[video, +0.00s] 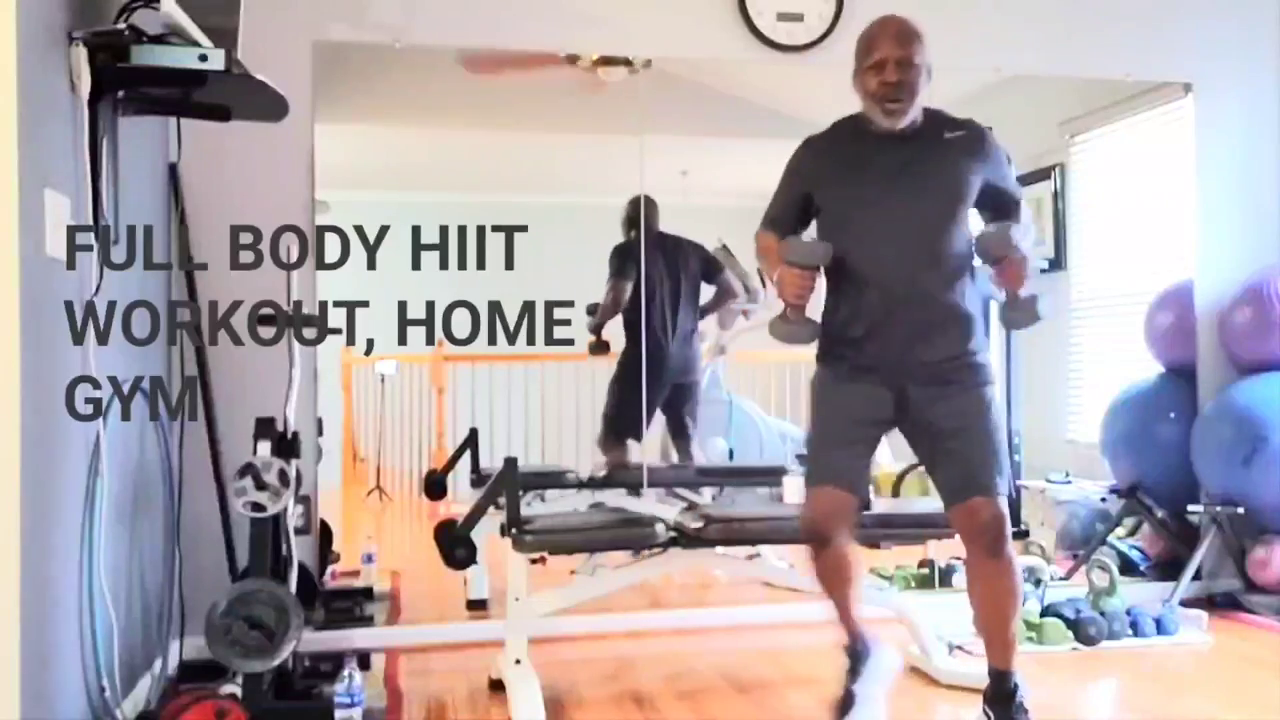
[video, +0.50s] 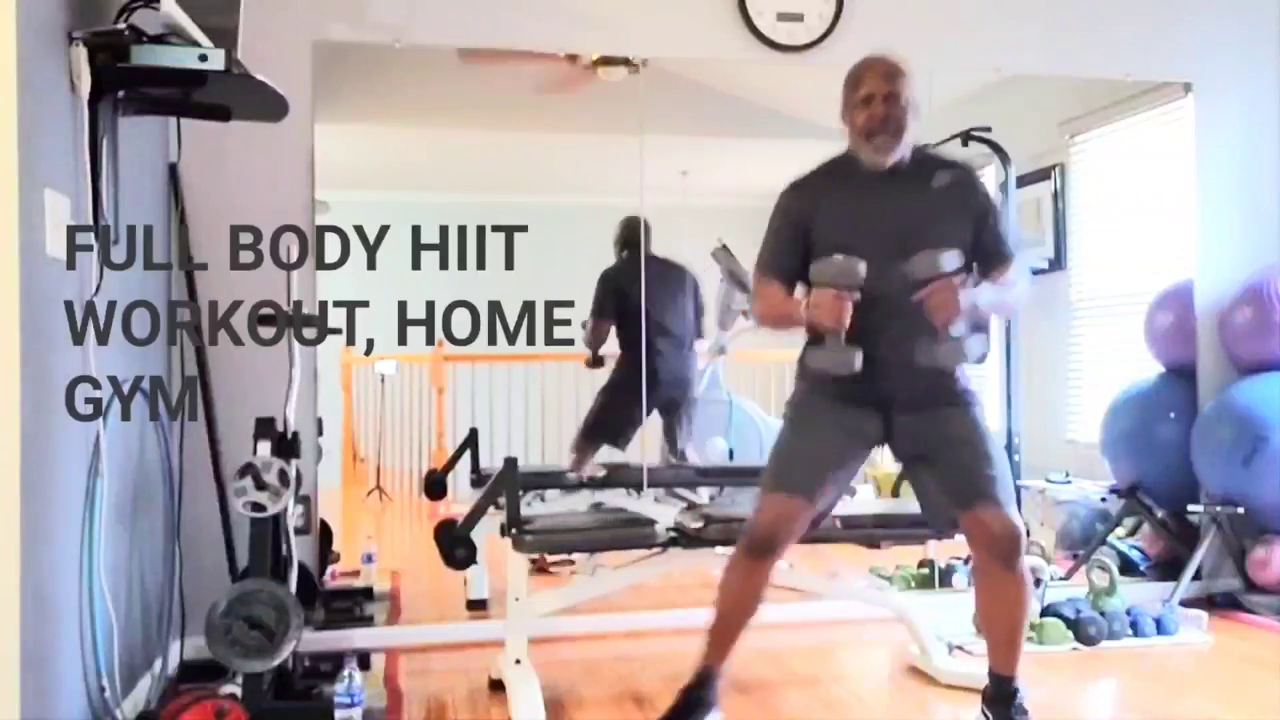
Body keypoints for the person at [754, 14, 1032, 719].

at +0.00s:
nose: (891, 78)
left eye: (906, 66)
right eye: (876, 66)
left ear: (928, 73)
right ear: (856, 76)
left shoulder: (971, 145)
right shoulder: (821, 155)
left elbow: (1006, 213)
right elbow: (770, 236)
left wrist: (1009, 252)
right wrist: (783, 268)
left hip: (951, 365)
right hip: (852, 364)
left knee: (985, 522)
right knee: (823, 522)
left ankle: (1003, 688)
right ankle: (857, 646)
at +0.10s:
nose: (910, 93)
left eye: (924, 81)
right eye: (895, 80)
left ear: (944, 89)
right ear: (873, 89)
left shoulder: (978, 158)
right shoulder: (832, 164)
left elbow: (1018, 224)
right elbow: (778, 232)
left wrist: (1039, 264)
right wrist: (789, 277)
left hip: (965, 373)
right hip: (869, 378)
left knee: (996, 537)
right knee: (865, 552)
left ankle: (1004, 691)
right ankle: (901, 668)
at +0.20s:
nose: (914, 105)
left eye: (928, 92)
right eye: (899, 92)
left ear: (951, 101)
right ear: (878, 102)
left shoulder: (986, 167)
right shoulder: (839, 176)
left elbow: (1026, 233)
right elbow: (779, 237)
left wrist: (1044, 278)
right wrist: (791, 289)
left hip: (973, 386)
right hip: (874, 390)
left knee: (1013, 546)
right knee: (861, 555)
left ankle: (1006, 692)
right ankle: (896, 666)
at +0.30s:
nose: (914, 81)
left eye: (927, 70)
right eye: (900, 70)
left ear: (948, 80)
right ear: (877, 82)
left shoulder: (986, 154)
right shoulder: (835, 159)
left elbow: (1038, 222)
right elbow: (777, 234)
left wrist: (1025, 261)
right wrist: (802, 280)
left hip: (961, 376)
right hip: (861, 376)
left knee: (997, 533)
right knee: (825, 527)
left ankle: (1003, 692)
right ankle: (851, 648)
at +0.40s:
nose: (900, 77)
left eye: (914, 65)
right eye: (886, 66)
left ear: (936, 75)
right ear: (865, 78)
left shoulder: (975, 149)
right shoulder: (825, 155)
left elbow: (1024, 221)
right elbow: (772, 251)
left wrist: (1004, 266)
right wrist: (805, 281)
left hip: (944, 374)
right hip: (845, 370)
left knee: (991, 528)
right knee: (794, 516)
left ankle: (1001, 690)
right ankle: (778, 664)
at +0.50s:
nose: (879, 110)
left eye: (892, 99)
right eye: (865, 101)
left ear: (915, 109)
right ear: (844, 115)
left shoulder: (959, 188)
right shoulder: (808, 196)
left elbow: (1010, 287)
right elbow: (765, 301)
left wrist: (970, 298)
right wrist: (806, 307)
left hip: (935, 397)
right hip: (836, 394)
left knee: (1001, 536)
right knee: (764, 535)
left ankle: (1004, 696)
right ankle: (704, 683)